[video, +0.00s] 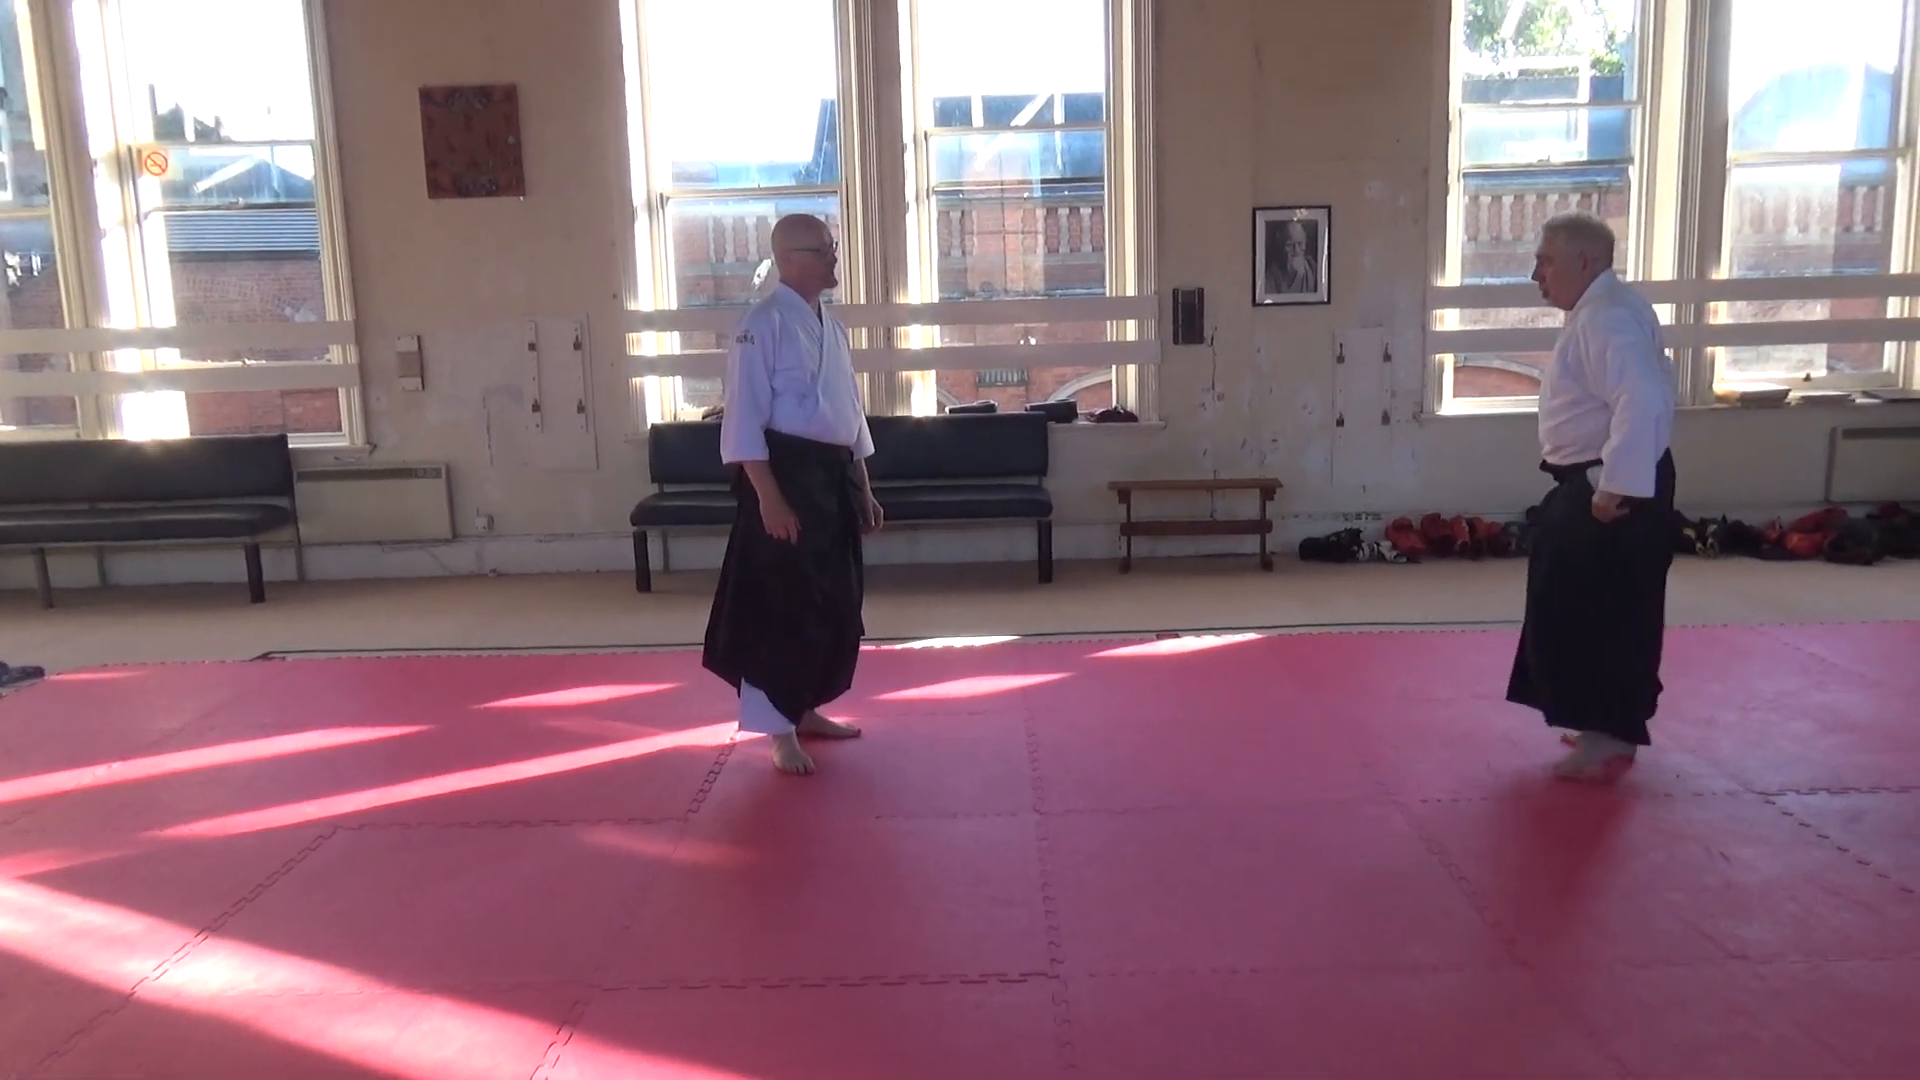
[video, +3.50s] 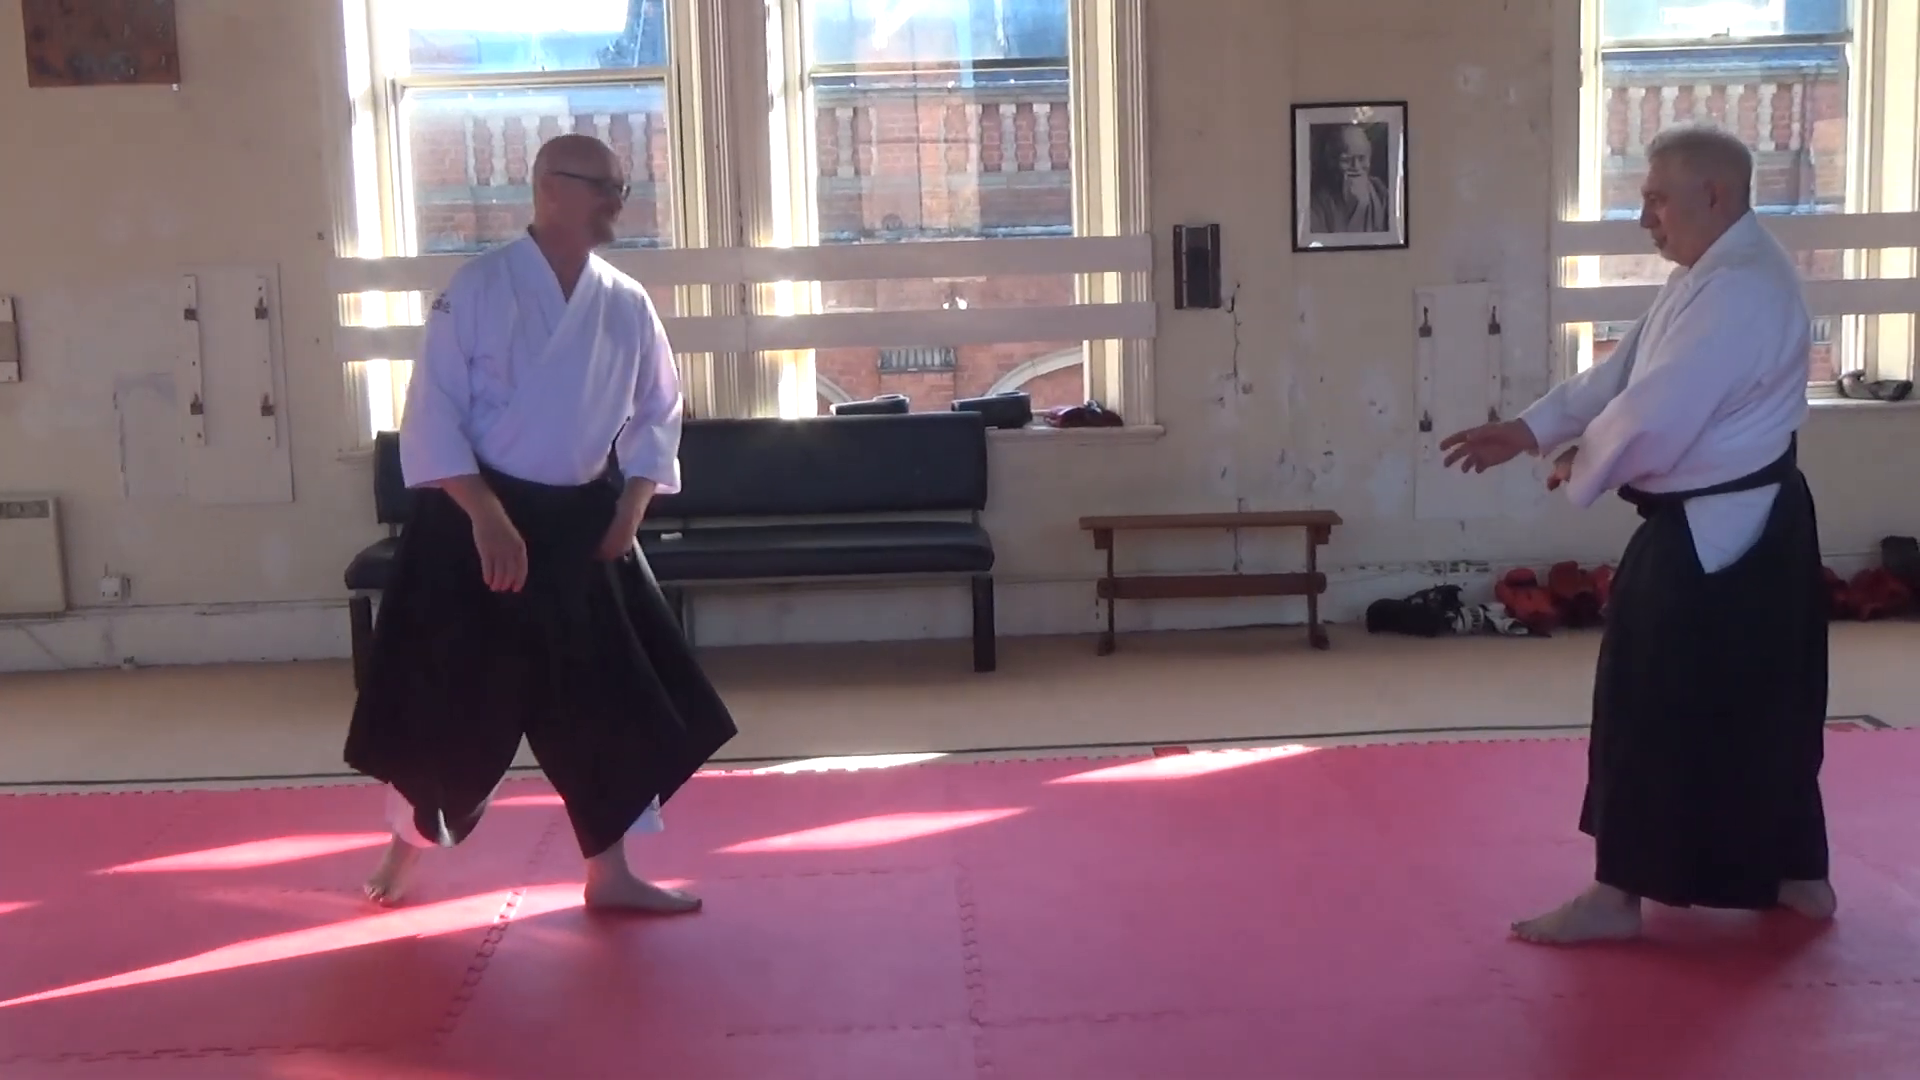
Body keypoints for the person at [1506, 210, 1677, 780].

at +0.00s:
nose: (1537, 274)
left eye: (1545, 262)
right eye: (1538, 262)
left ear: (1584, 261)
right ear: (1584, 262)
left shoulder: (1609, 316)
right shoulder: (1607, 308)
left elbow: (1641, 399)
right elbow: (1649, 394)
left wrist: (1616, 484)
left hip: (1610, 487)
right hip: (1602, 482)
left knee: (1598, 608)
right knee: (1601, 607)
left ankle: (1608, 734)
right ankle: (1607, 728)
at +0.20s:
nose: (1512, 284)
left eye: (1521, 273)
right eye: (1513, 273)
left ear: (1560, 275)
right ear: (1561, 275)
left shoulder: (1588, 332)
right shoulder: (1574, 324)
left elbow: (1596, 411)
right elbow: (1587, 410)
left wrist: (1552, 483)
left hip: (1584, 495)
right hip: (1591, 492)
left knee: (1519, 610)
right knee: (1597, 616)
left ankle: (1483, 736)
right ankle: (1612, 736)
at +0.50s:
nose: (1461, 290)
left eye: (1470, 278)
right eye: (1462, 278)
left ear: (1508, 282)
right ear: (1513, 283)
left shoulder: (1523, 343)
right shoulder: (1538, 330)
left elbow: (1495, 440)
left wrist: (1441, 514)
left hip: (1522, 505)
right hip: (1560, 499)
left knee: (1457, 616)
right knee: (1575, 614)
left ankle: (1450, 748)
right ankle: (1596, 730)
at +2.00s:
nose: (1477, 269)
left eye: (1487, 258)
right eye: (1479, 257)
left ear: (1528, 262)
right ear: (1531, 263)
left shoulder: (1543, 317)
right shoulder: (1556, 309)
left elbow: (1497, 360)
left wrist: (1433, 394)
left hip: (1514, 504)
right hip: (1555, 497)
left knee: (1460, 634)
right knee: (1567, 633)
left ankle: (1451, 776)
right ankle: (1586, 764)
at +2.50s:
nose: (1453, 288)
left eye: (1464, 277)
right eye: (1454, 277)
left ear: (1505, 277)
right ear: (1508, 279)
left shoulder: (1518, 345)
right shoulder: (1515, 335)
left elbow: (1481, 454)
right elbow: (1460, 438)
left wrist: (1415, 513)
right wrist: (1400, 486)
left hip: (1500, 523)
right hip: (1542, 514)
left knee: (1453, 654)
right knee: (1555, 649)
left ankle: (1438, 792)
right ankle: (1576, 779)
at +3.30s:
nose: (1542, 263)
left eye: (1553, 248)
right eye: (1541, 248)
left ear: (1602, 247)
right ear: (1602, 249)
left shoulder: (1623, 323)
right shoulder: (1599, 312)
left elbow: (1554, 440)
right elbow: (1527, 396)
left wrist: (1492, 485)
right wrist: (1447, 452)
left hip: (1603, 530)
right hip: (1636, 521)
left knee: (1542, 681)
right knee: (1657, 682)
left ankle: (1525, 850)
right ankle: (1686, 836)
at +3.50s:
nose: (1647, 215)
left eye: (1660, 199)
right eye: (1646, 199)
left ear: (1715, 197)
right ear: (1711, 199)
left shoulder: (1736, 287)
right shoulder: (1711, 273)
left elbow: (1648, 421)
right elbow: (1623, 366)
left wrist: (1582, 464)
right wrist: (1528, 427)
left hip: (1709, 526)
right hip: (1747, 516)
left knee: (1638, 703)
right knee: (1770, 704)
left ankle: (1615, 894)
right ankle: (1801, 879)